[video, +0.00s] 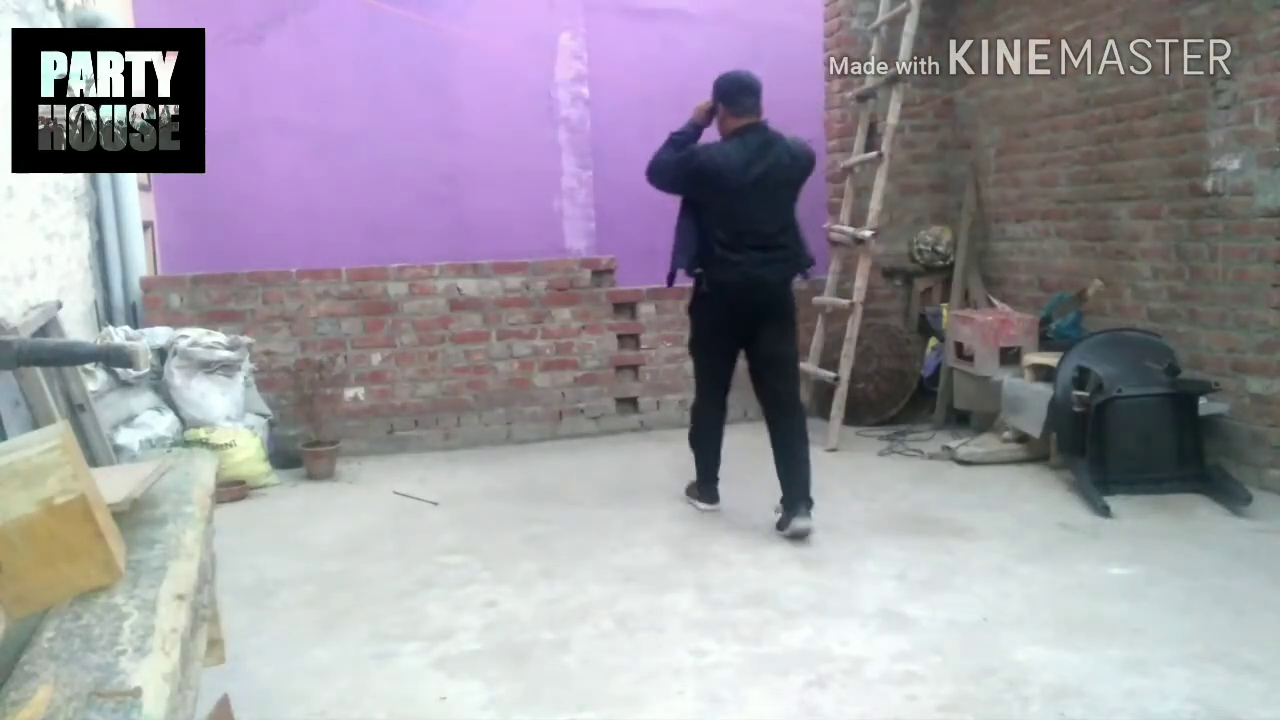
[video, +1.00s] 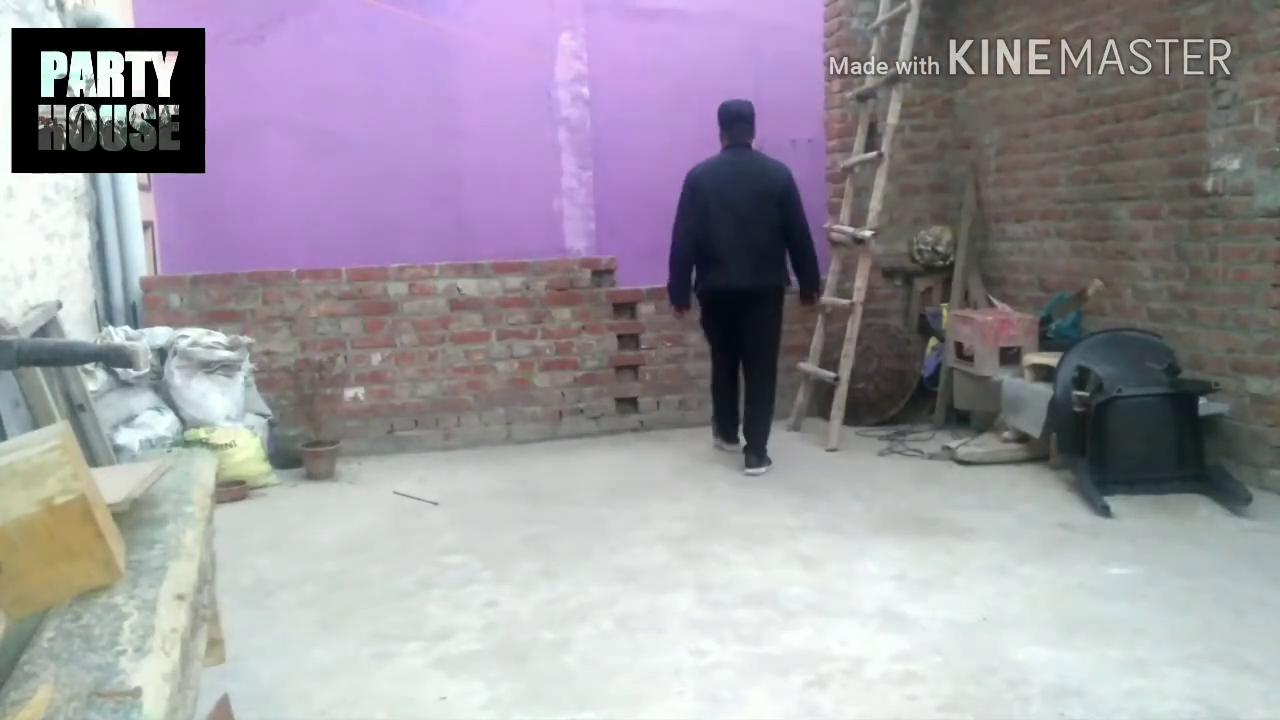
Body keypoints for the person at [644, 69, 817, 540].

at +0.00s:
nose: (719, 117)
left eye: (718, 110)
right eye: (727, 108)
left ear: (719, 113)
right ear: (760, 109)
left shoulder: (706, 162)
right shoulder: (791, 156)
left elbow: (658, 170)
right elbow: (803, 153)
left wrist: (692, 126)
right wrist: (759, 129)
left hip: (718, 296)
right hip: (774, 296)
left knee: (711, 392)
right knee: (784, 397)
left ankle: (706, 485)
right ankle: (797, 505)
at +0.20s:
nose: (708, 119)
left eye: (707, 113)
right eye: (725, 113)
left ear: (703, 115)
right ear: (743, 114)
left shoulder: (686, 163)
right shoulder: (765, 159)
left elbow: (650, 179)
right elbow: (797, 173)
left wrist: (686, 139)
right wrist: (760, 141)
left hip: (697, 292)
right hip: (752, 291)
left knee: (695, 387)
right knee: (757, 371)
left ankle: (704, 486)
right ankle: (768, 449)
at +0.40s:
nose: (717, 113)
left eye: (710, 105)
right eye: (731, 106)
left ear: (703, 109)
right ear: (740, 109)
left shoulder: (676, 161)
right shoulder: (764, 159)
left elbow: (661, 209)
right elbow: (797, 210)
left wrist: (693, 224)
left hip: (695, 288)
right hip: (750, 286)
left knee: (700, 380)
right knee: (751, 367)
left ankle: (702, 481)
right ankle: (757, 461)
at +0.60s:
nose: (725, 127)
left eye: (718, 119)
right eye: (739, 120)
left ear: (712, 123)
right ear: (747, 123)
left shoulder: (688, 176)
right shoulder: (771, 174)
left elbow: (672, 242)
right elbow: (792, 240)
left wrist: (661, 295)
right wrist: (806, 289)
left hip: (706, 298)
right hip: (758, 298)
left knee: (704, 374)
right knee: (757, 370)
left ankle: (705, 459)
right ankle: (756, 454)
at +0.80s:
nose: (731, 125)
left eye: (724, 119)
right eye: (743, 118)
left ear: (719, 122)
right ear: (753, 121)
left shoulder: (700, 169)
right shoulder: (781, 168)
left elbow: (689, 229)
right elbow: (792, 228)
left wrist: (682, 277)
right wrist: (791, 275)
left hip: (715, 287)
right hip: (764, 288)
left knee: (707, 354)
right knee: (762, 370)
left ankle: (718, 426)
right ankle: (756, 454)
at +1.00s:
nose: (735, 133)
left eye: (728, 126)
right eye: (746, 126)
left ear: (721, 130)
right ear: (753, 129)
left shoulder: (700, 177)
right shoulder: (776, 174)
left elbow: (683, 239)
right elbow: (797, 234)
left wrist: (679, 292)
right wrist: (809, 283)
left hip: (716, 291)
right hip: (764, 291)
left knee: (724, 360)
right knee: (761, 367)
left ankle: (726, 432)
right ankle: (756, 454)